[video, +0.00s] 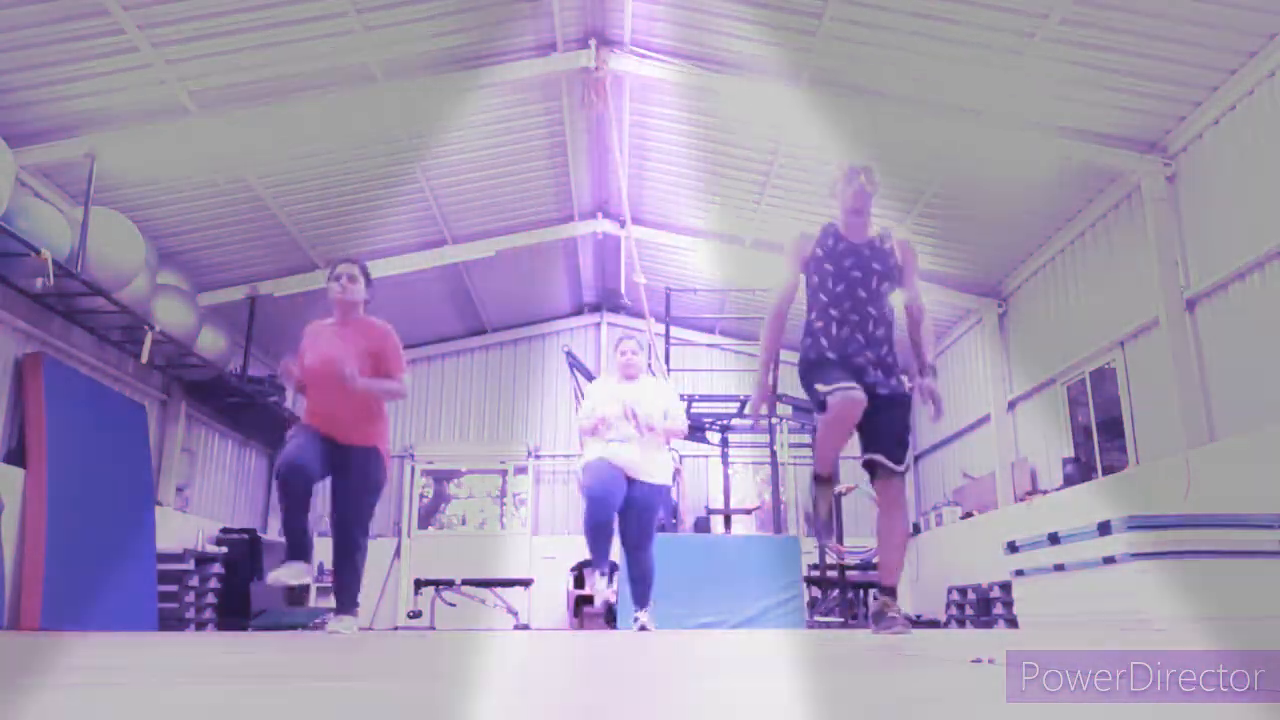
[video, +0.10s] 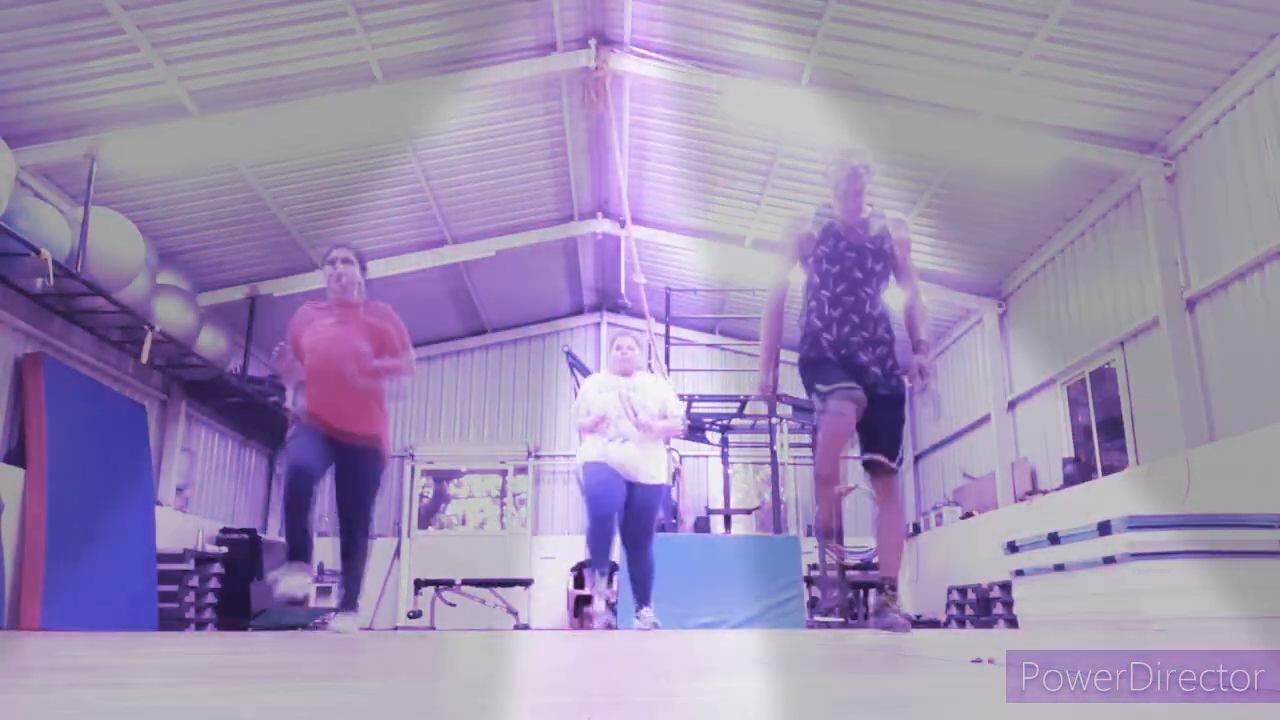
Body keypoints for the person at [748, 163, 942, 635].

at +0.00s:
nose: (862, 188)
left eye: (867, 181)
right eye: (852, 181)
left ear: (876, 193)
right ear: (836, 193)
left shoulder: (895, 246)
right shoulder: (811, 243)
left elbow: (914, 311)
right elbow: (779, 311)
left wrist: (925, 371)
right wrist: (764, 381)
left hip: (883, 368)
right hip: (826, 357)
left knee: (890, 483)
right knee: (848, 400)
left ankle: (887, 601)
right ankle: (823, 483)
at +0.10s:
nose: (855, 190)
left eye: (861, 182)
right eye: (846, 183)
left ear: (870, 186)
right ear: (831, 188)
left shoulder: (889, 233)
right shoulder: (809, 231)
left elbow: (911, 294)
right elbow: (777, 298)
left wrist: (919, 350)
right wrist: (768, 369)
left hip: (880, 357)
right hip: (825, 349)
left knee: (885, 476)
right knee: (844, 403)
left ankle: (888, 598)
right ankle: (829, 542)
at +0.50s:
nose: (833, 183)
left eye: (839, 178)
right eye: (824, 178)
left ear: (847, 188)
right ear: (808, 189)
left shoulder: (871, 237)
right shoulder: (787, 238)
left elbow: (891, 298)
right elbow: (771, 307)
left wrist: (907, 345)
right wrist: (771, 371)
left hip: (875, 361)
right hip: (818, 363)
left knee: (891, 468)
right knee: (827, 479)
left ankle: (879, 562)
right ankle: (838, 592)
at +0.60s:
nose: (832, 203)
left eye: (838, 196)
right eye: (823, 196)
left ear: (846, 205)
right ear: (807, 205)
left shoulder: (867, 253)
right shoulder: (790, 254)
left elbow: (885, 316)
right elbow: (773, 323)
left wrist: (908, 374)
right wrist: (776, 386)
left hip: (873, 373)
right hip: (820, 377)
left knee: (898, 444)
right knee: (830, 491)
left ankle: (872, 499)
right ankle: (835, 599)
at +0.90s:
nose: (835, 196)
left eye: (842, 191)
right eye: (827, 191)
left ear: (851, 203)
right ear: (813, 204)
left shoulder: (873, 253)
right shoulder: (791, 251)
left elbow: (893, 309)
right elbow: (767, 313)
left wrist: (906, 361)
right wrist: (782, 359)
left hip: (864, 373)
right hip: (809, 375)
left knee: (877, 445)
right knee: (815, 488)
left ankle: (873, 552)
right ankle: (826, 591)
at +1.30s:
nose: (839, 213)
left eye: (846, 207)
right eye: (832, 207)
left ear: (856, 217)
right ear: (819, 217)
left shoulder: (874, 266)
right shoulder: (797, 264)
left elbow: (894, 323)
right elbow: (773, 323)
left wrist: (894, 371)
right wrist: (771, 381)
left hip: (856, 390)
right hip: (803, 390)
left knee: (859, 491)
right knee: (804, 484)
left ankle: (860, 594)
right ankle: (802, 571)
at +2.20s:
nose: (805, 260)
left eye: (810, 254)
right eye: (799, 253)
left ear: (818, 259)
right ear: (788, 259)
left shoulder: (839, 306)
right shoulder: (768, 301)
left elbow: (863, 362)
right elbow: (753, 357)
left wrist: (878, 410)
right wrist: (757, 408)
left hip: (839, 407)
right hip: (793, 411)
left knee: (855, 451)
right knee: (801, 509)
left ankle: (844, 519)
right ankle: (806, 598)